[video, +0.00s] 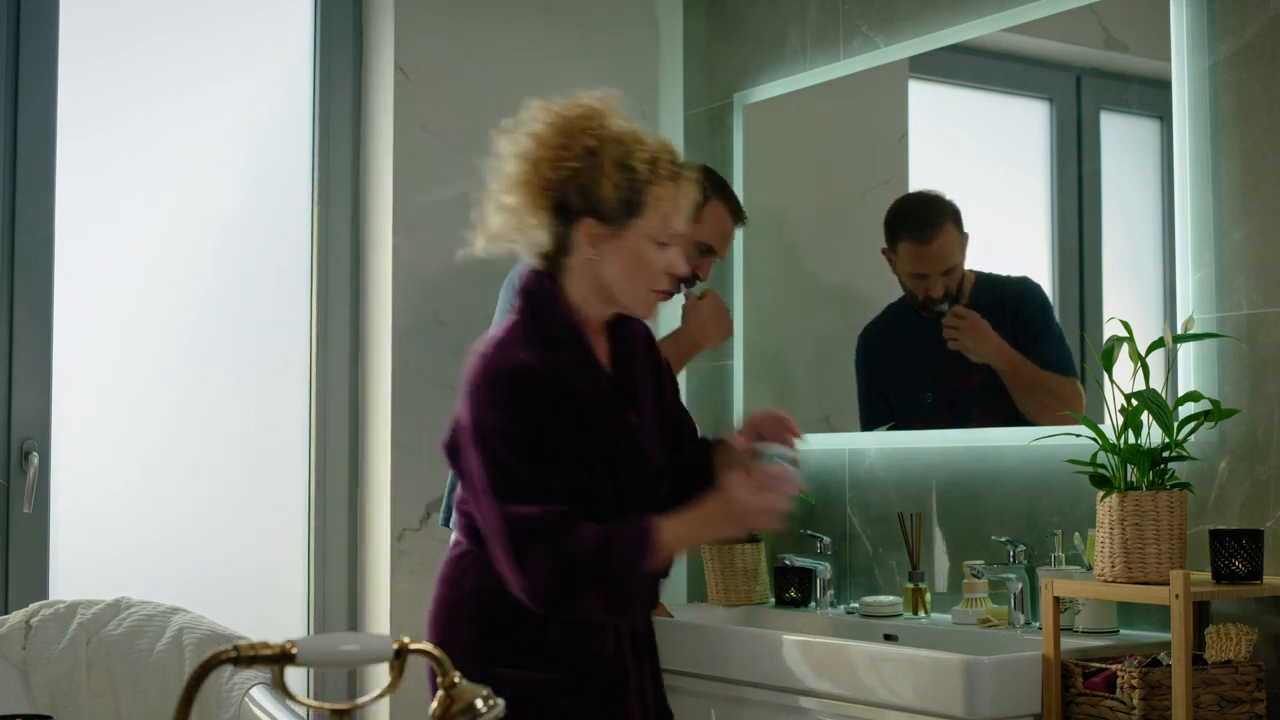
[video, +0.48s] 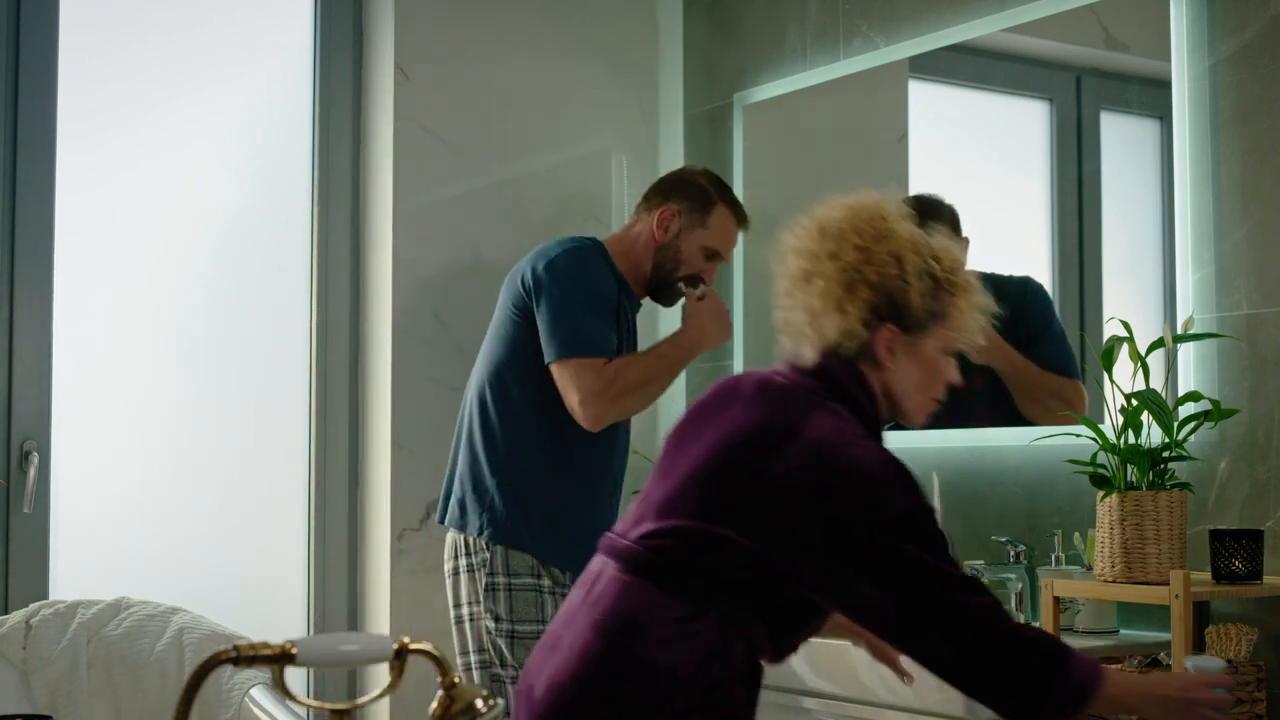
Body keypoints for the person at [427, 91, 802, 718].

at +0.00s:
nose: (683, 270)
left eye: (687, 250)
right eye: (666, 245)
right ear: (593, 240)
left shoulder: (632, 344)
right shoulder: (506, 371)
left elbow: (666, 477)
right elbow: (545, 569)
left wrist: (729, 457)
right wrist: (703, 524)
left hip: (608, 644)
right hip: (504, 661)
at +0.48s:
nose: (958, 378)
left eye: (961, 358)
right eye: (949, 355)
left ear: (862, 337)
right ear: (884, 341)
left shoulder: (740, 399)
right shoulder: (846, 461)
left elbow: (731, 568)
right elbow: (974, 640)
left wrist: (855, 627)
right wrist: (1134, 689)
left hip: (563, 675)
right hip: (659, 694)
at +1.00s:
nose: (1030, 440)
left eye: (1037, 416)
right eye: (1031, 414)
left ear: (907, 383)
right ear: (982, 397)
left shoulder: (794, 439)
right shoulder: (966, 526)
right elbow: (1075, 688)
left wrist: (888, 648)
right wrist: (1183, 710)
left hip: (632, 691)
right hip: (752, 706)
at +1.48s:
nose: (1034, 419)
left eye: (1042, 394)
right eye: (1035, 392)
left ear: (913, 357)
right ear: (987, 379)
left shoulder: (808, 416)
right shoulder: (954, 512)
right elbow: (984, 699)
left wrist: (889, 650)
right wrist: (1094, 714)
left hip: (627, 682)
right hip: (751, 700)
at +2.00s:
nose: (889, 287)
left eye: (892, 265)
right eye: (873, 261)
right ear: (800, 256)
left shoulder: (766, 359)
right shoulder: (758, 372)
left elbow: (758, 560)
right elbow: (765, 581)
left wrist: (858, 621)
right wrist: (926, 534)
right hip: (638, 678)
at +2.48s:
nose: (568, 203)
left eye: (597, 186)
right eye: (558, 182)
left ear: (645, 205)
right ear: (541, 194)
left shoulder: (686, 344)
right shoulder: (489, 324)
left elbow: (738, 481)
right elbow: (405, 482)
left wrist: (818, 539)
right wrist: (453, 375)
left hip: (629, 630)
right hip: (500, 622)